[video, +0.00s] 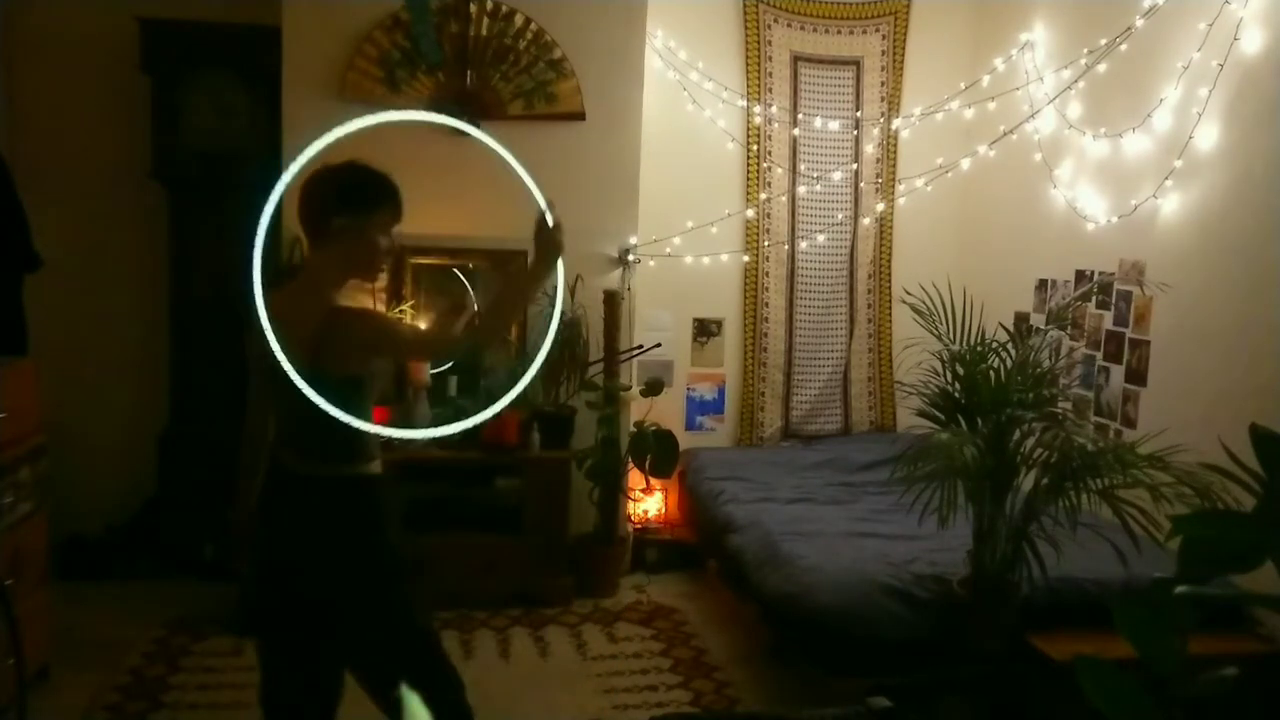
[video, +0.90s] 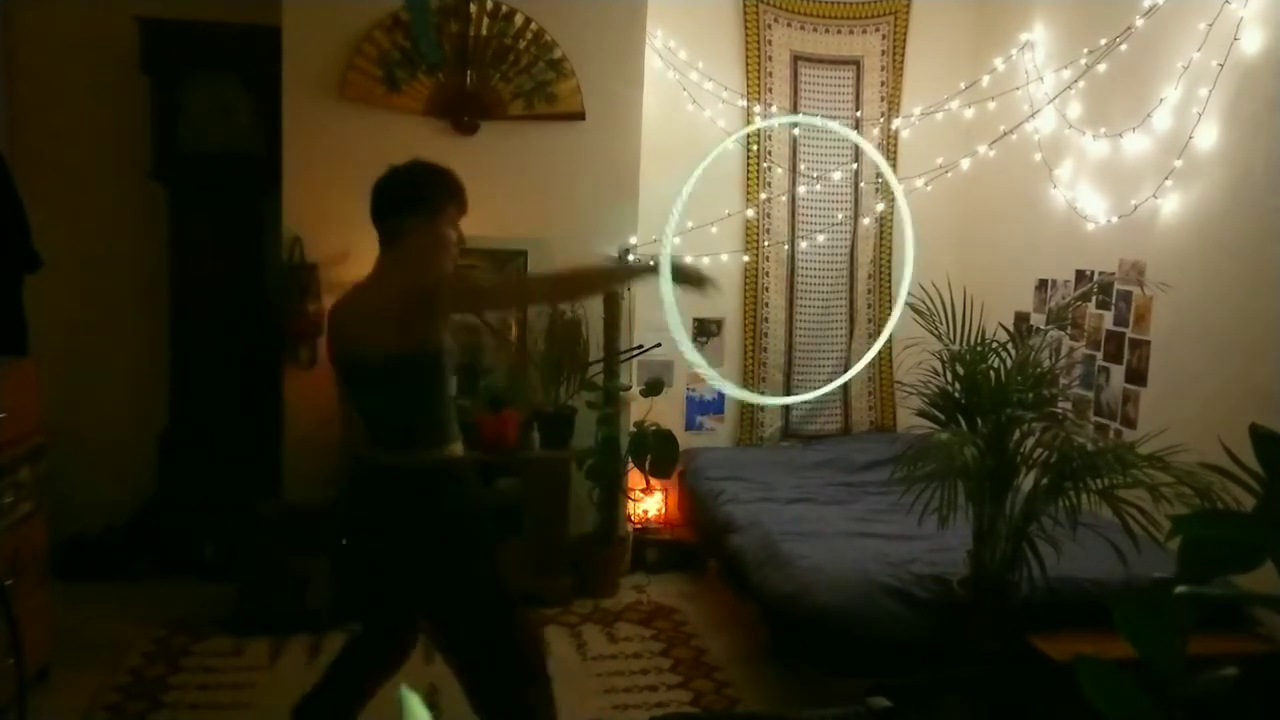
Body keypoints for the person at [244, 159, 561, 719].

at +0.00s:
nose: (393, 247)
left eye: (393, 231)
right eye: (384, 230)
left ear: (334, 231)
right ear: (340, 230)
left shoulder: (280, 308)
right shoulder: (343, 324)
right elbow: (464, 354)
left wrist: (452, 326)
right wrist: (533, 271)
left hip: (287, 525)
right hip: (341, 534)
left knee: (295, 700)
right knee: (441, 697)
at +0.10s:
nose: (384, 250)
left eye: (385, 234)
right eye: (374, 231)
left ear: (319, 233)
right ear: (327, 230)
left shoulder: (269, 320)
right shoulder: (347, 331)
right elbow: (432, 371)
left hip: (278, 546)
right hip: (343, 550)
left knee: (299, 703)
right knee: (442, 699)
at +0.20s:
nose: (382, 251)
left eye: (382, 235)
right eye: (371, 233)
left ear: (321, 236)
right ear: (327, 234)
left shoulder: (270, 325)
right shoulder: (339, 333)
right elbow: (419, 397)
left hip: (284, 551)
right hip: (343, 554)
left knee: (299, 704)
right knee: (442, 698)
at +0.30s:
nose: (382, 251)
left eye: (383, 236)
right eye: (374, 234)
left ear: (317, 234)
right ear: (337, 235)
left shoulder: (268, 321)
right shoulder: (341, 332)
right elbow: (413, 420)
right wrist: (492, 439)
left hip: (283, 543)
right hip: (345, 547)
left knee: (300, 704)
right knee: (444, 699)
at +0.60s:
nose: (426, 242)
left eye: (426, 226)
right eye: (421, 225)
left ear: (353, 220)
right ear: (394, 225)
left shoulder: (300, 305)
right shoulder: (403, 309)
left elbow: (296, 433)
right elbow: (418, 437)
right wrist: (499, 520)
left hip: (316, 541)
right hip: (401, 543)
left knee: (308, 705)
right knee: (481, 704)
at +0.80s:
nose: (459, 239)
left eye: (458, 225)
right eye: (451, 223)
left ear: (390, 228)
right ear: (415, 226)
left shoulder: (338, 321)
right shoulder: (453, 297)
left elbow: (336, 435)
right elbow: (544, 331)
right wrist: (632, 349)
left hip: (371, 498)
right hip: (443, 498)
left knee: (375, 642)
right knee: (503, 655)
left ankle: (315, 716)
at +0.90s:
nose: (461, 239)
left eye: (459, 224)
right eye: (453, 222)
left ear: (393, 228)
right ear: (415, 225)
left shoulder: (349, 312)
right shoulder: (424, 294)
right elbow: (544, 288)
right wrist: (653, 268)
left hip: (377, 504)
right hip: (434, 505)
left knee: (386, 638)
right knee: (506, 664)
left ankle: (314, 714)